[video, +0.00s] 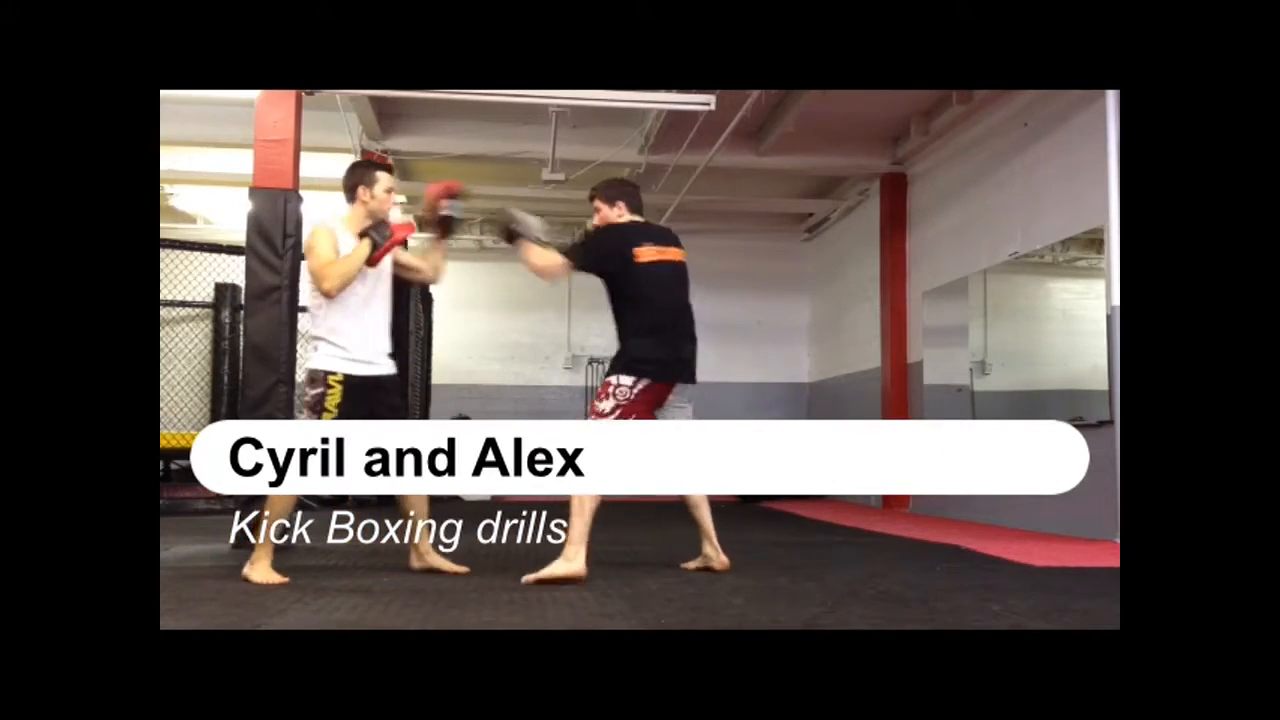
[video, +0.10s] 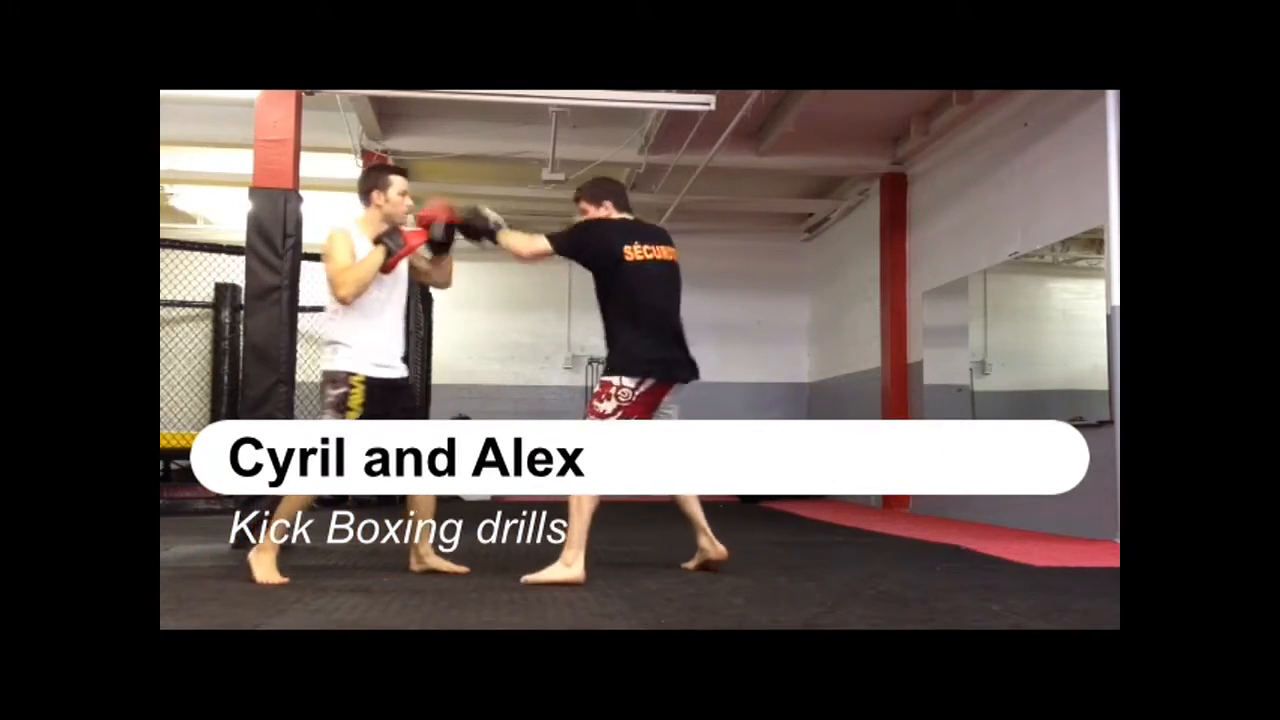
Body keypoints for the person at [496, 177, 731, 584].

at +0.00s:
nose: (595, 218)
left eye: (598, 210)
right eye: (595, 211)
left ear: (618, 207)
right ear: (632, 208)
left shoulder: (609, 239)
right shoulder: (668, 236)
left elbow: (548, 266)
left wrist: (520, 237)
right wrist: (602, 236)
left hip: (641, 360)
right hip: (680, 359)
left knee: (590, 450)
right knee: (682, 452)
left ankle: (573, 555)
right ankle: (712, 549)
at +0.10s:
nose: (583, 219)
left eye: (584, 213)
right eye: (582, 214)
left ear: (605, 207)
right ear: (619, 206)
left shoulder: (597, 232)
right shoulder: (658, 235)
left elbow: (527, 248)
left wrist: (493, 228)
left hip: (634, 362)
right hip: (672, 360)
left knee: (586, 453)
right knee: (662, 450)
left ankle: (572, 559)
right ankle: (707, 541)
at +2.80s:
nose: (697, 227)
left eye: (702, 218)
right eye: (695, 220)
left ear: (726, 215)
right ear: (726, 218)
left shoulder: (744, 247)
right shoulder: (747, 252)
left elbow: (748, 305)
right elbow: (739, 319)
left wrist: (708, 283)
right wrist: (707, 297)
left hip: (762, 374)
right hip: (784, 371)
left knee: (714, 461)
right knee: (811, 462)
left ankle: (678, 557)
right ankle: (849, 553)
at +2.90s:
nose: (679, 229)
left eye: (683, 219)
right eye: (677, 221)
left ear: (709, 216)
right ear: (708, 220)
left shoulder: (729, 251)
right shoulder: (730, 252)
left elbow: (711, 314)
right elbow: (720, 311)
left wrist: (682, 282)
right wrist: (690, 300)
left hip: (748, 374)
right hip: (770, 372)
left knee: (693, 457)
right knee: (789, 462)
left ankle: (674, 559)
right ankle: (845, 550)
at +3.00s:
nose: (662, 230)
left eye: (667, 221)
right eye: (661, 222)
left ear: (691, 218)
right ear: (694, 220)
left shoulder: (708, 253)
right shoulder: (726, 250)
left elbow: (694, 318)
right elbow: (721, 312)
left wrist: (667, 288)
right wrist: (680, 315)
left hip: (734, 372)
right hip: (761, 370)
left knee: (681, 453)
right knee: (759, 463)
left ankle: (673, 559)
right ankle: (829, 540)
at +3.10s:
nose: (655, 222)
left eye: (659, 213)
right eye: (653, 215)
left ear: (684, 209)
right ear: (687, 211)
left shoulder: (697, 244)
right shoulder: (718, 241)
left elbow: (693, 308)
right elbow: (706, 303)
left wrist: (660, 286)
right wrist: (669, 286)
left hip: (729, 363)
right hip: (756, 360)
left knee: (688, 453)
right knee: (741, 453)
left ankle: (674, 558)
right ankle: (792, 539)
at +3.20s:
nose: (654, 222)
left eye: (658, 212)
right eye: (652, 214)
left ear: (681, 207)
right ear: (685, 210)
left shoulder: (695, 240)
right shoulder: (719, 239)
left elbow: (698, 300)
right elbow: (710, 295)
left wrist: (655, 283)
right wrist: (671, 271)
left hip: (722, 365)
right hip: (751, 363)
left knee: (683, 456)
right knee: (734, 457)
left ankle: (673, 558)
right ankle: (765, 551)